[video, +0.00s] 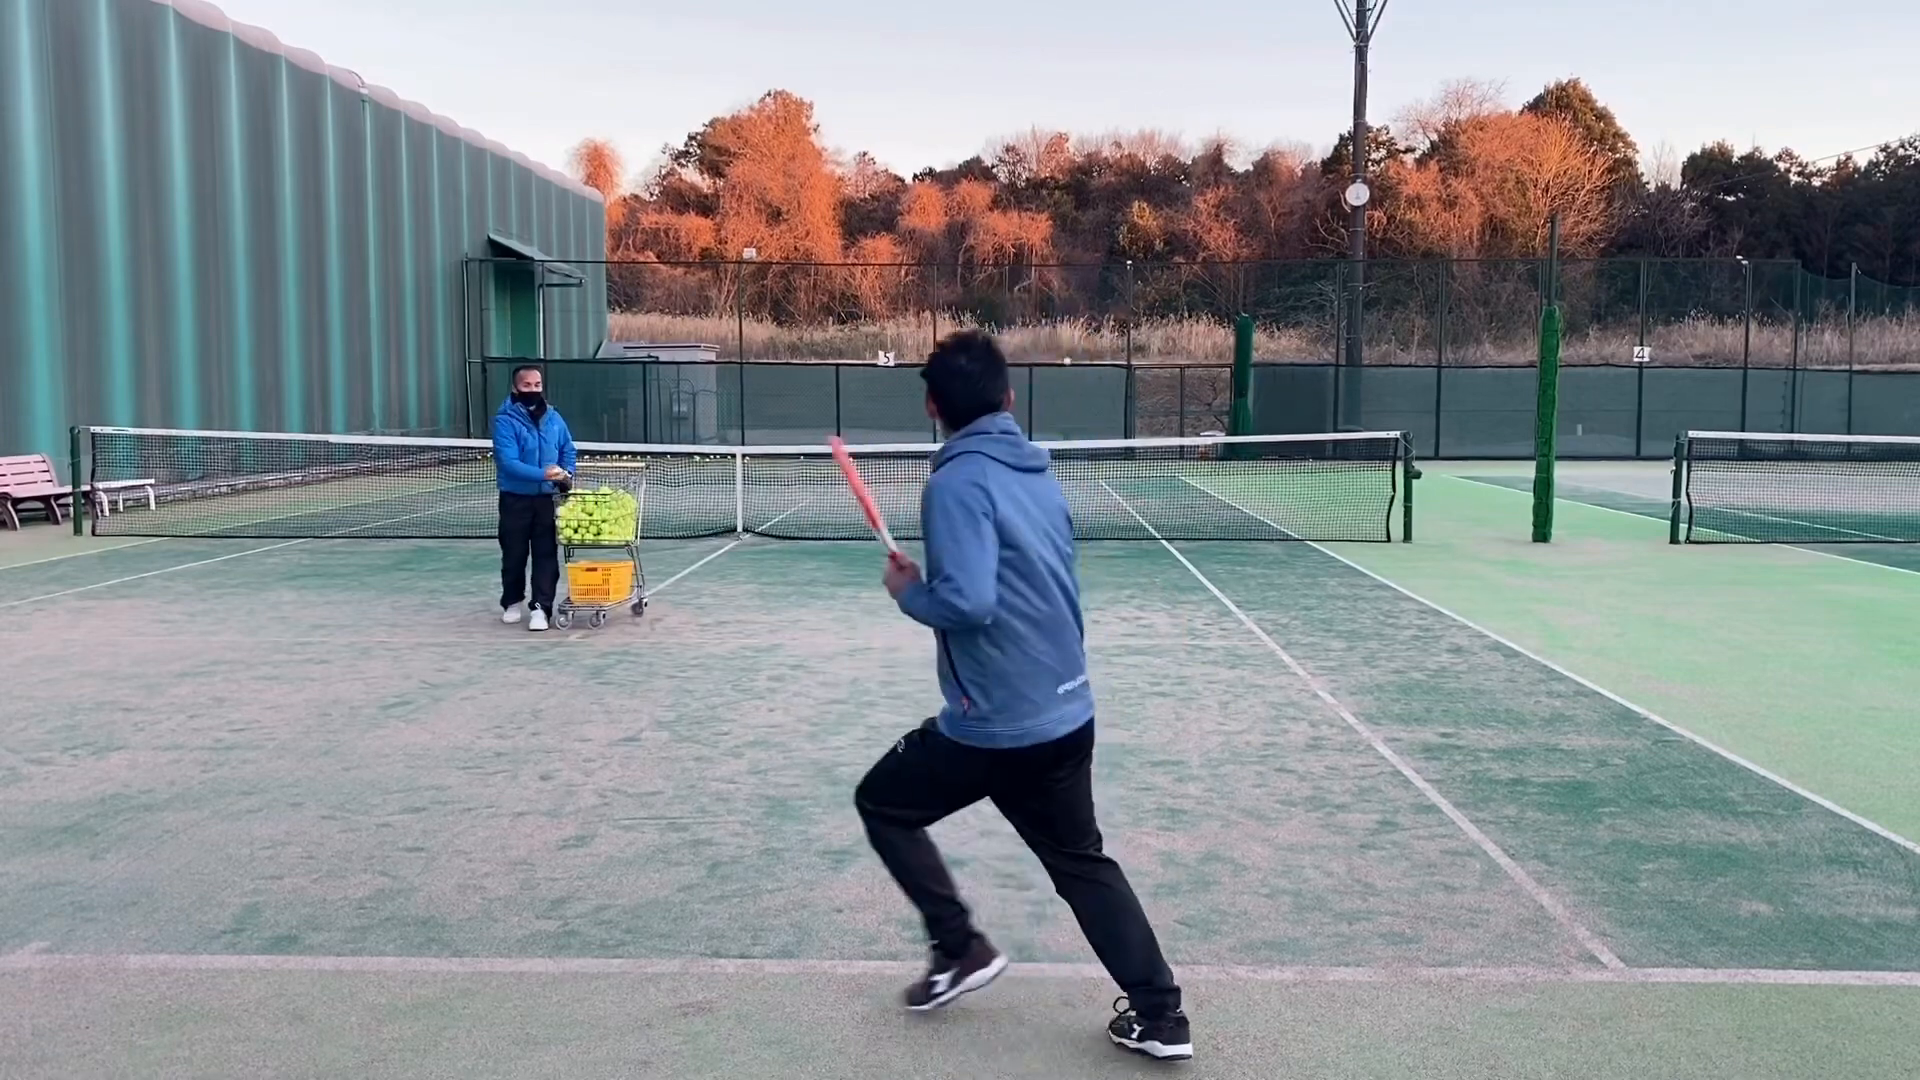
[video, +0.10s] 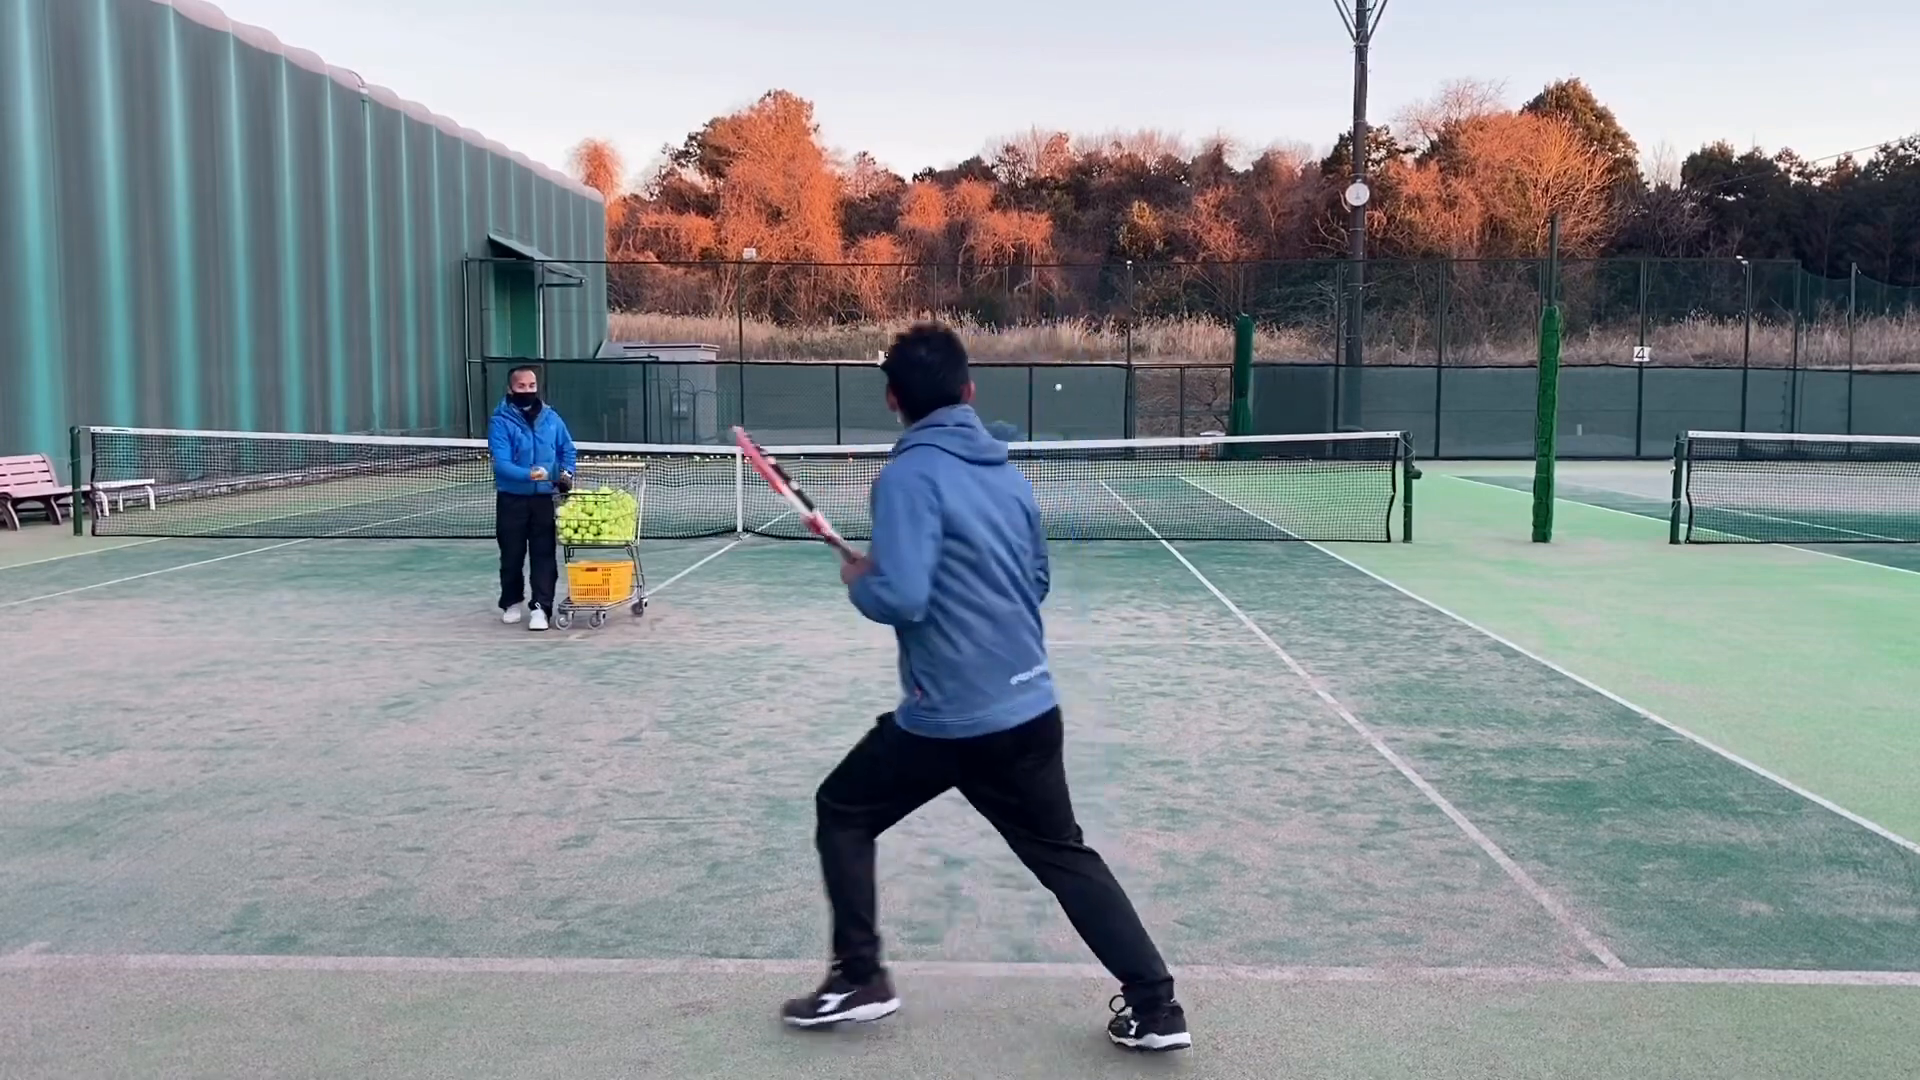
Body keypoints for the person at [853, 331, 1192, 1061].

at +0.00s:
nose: (926, 403)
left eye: (927, 394)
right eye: (928, 392)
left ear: (935, 404)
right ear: (1006, 395)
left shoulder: (957, 482)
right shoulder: (1034, 469)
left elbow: (968, 601)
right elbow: (1047, 579)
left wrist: (909, 591)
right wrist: (953, 571)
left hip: (998, 725)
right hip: (1063, 711)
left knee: (884, 803)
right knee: (1081, 863)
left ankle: (960, 948)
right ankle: (1161, 1015)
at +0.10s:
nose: (885, 398)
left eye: (887, 388)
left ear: (895, 397)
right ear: (968, 388)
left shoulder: (909, 476)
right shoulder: (1006, 473)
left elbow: (903, 597)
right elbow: (1031, 584)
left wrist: (858, 578)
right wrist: (922, 566)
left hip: (951, 716)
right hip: (1028, 705)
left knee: (843, 808)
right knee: (1062, 851)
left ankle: (859, 976)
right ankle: (1155, 1003)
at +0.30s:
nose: (801, 360)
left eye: (802, 350)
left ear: (805, 355)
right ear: (878, 350)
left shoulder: (782, 437)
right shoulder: (919, 442)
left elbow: (738, 551)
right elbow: (956, 551)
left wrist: (752, 505)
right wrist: (876, 548)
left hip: (819, 693)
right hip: (914, 685)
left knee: (793, 840)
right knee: (955, 829)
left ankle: (829, 1002)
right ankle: (1039, 986)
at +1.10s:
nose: (545, 331)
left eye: (459, 321)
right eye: (547, 320)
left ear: (461, 327)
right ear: (543, 327)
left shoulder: (415, 415)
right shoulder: (581, 431)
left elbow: (369, 524)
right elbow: (605, 556)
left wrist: (446, 516)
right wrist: (533, 548)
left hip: (438, 679)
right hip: (539, 682)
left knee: (405, 837)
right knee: (562, 835)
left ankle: (368, 1012)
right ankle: (538, 1017)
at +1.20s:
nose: (527, 365)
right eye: (530, 355)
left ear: (442, 361)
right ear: (527, 363)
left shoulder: (398, 446)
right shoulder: (555, 459)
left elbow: (344, 556)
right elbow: (588, 588)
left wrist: (423, 545)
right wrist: (523, 577)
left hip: (408, 715)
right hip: (511, 721)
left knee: (377, 867)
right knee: (541, 874)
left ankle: (347, 1030)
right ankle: (513, 1044)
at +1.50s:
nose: (545, 352)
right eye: (543, 342)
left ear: (455, 345)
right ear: (536, 349)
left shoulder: (401, 427)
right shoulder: (545, 445)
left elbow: (349, 536)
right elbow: (570, 576)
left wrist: (428, 559)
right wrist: (528, 604)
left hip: (399, 694)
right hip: (493, 703)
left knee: (361, 863)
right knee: (550, 861)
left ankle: (308, 1028)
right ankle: (526, 1043)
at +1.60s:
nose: (554, 375)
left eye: (550, 363)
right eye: (554, 364)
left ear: (469, 368)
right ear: (545, 373)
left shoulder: (424, 449)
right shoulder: (525, 460)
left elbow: (470, 554)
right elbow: (587, 578)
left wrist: (559, 580)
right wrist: (626, 590)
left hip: (401, 710)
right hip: (484, 716)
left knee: (382, 869)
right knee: (578, 864)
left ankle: (306, 1036)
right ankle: (529, 1043)